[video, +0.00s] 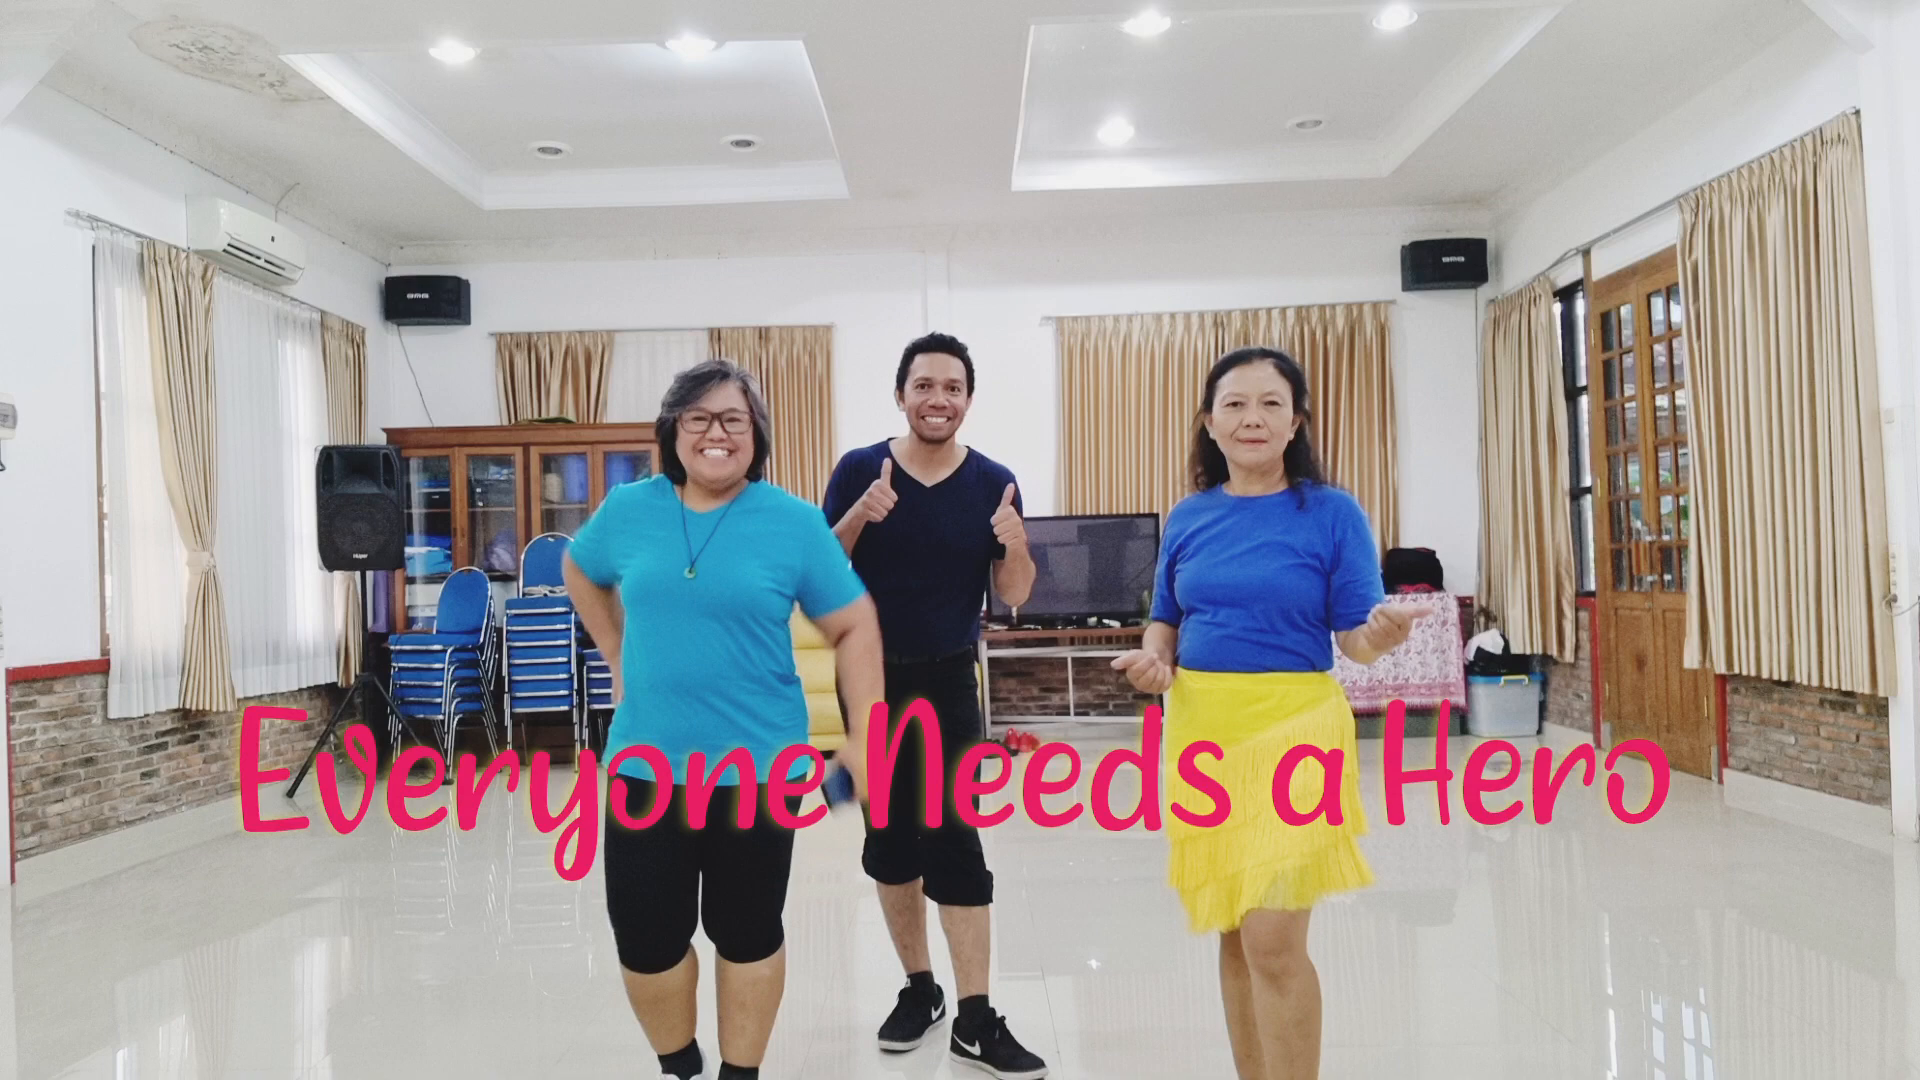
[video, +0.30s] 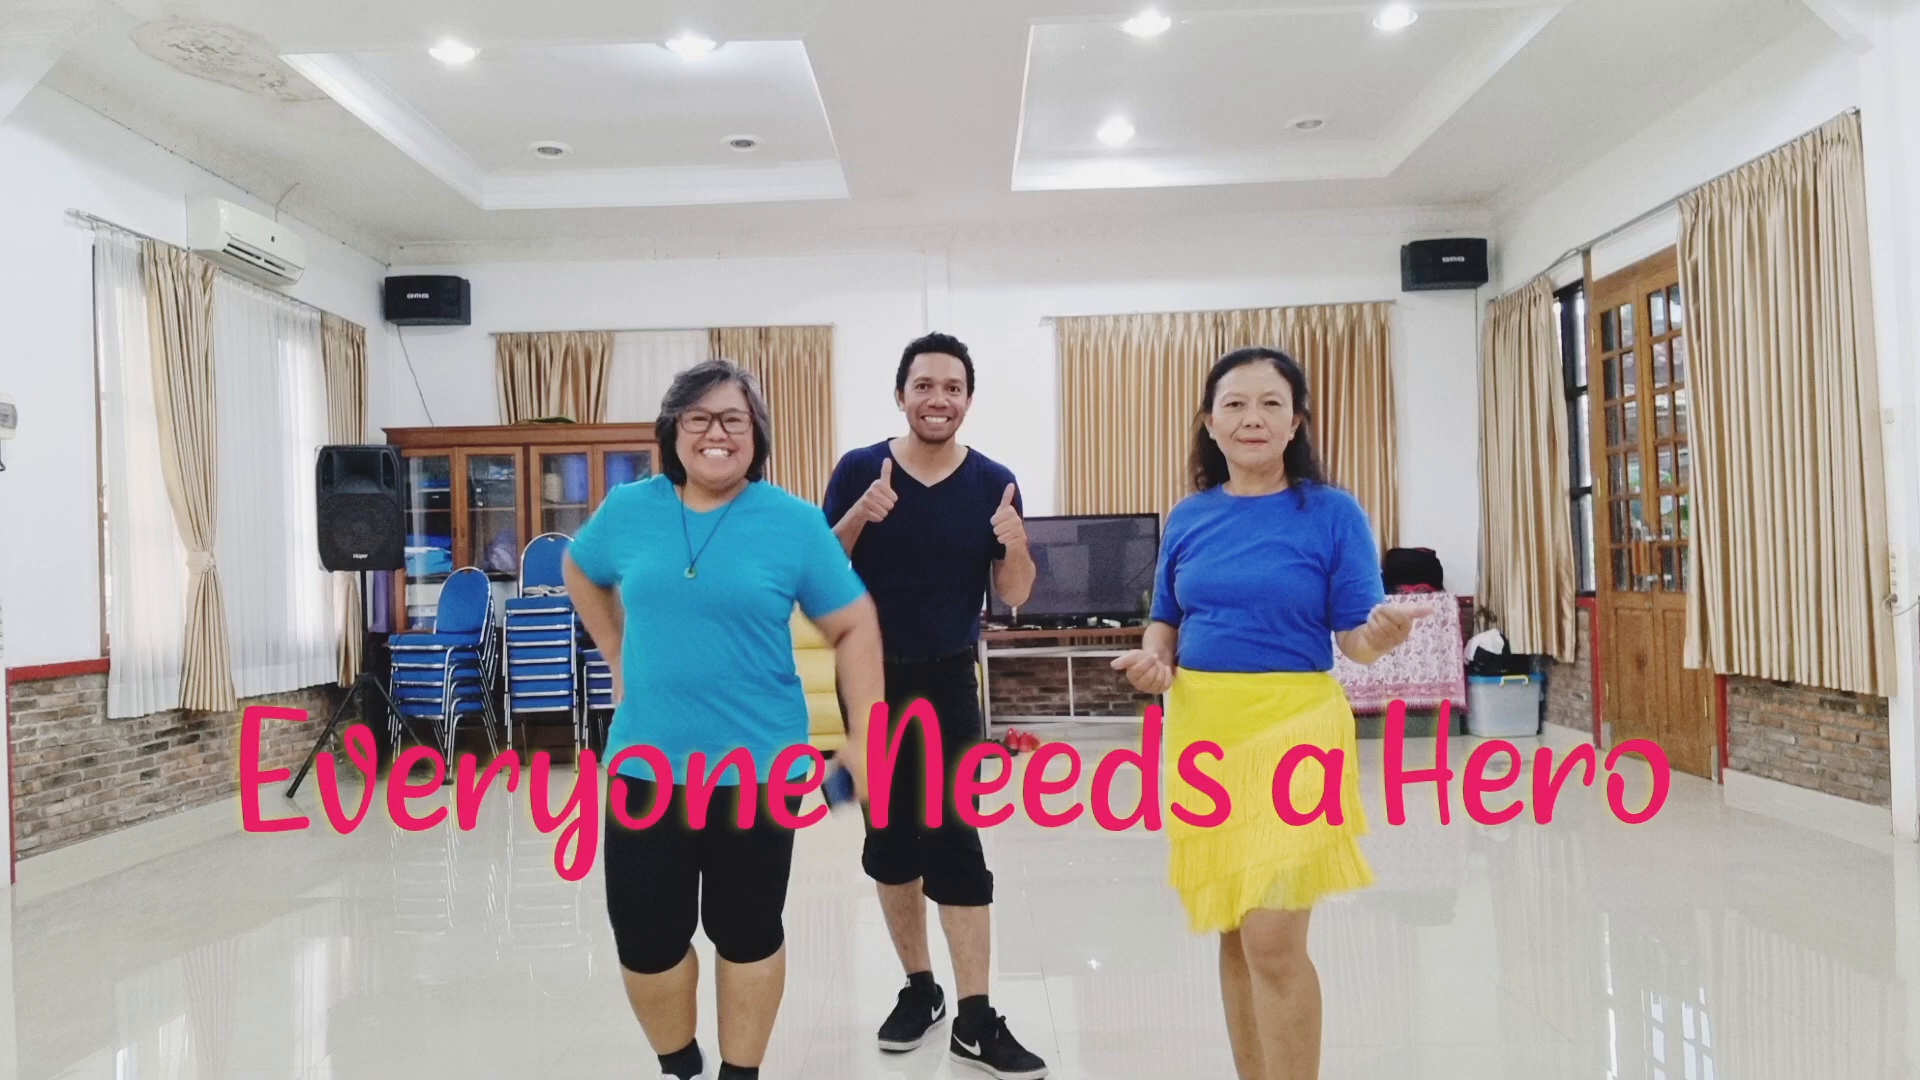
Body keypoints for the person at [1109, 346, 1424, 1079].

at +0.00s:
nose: (1252, 418)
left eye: (1270, 404)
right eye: (1234, 404)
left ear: (1295, 421)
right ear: (1210, 421)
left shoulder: (1333, 512)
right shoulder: (1186, 517)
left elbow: (1356, 643)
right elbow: (1163, 628)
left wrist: (1380, 635)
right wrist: (1151, 660)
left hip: (1297, 723)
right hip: (1204, 724)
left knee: (1272, 941)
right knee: (1237, 941)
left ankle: (1296, 1077)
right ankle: (1254, 1078)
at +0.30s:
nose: (1252, 418)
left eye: (1270, 404)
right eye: (1234, 404)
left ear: (1295, 421)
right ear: (1210, 421)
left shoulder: (1333, 512)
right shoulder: (1186, 517)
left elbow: (1356, 643)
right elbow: (1163, 628)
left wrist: (1380, 635)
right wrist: (1151, 660)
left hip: (1297, 723)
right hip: (1204, 724)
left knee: (1272, 941)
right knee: (1237, 941)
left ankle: (1296, 1077)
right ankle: (1254, 1078)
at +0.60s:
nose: (1252, 418)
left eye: (1270, 404)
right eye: (1234, 404)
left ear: (1295, 421)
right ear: (1210, 421)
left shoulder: (1333, 512)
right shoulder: (1186, 517)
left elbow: (1356, 643)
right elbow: (1163, 628)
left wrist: (1380, 635)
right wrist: (1151, 660)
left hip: (1297, 723)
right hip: (1204, 724)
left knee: (1272, 941)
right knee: (1237, 941)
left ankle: (1296, 1077)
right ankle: (1254, 1078)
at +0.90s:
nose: (1252, 418)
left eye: (1270, 404)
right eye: (1234, 404)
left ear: (1295, 421)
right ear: (1210, 421)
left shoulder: (1333, 512)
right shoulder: (1186, 517)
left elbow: (1356, 643)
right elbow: (1163, 628)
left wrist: (1380, 635)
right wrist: (1151, 660)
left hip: (1297, 723)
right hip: (1204, 724)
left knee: (1272, 941)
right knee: (1237, 941)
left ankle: (1296, 1077)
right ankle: (1254, 1078)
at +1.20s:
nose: (1252, 418)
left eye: (1270, 404)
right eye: (1234, 404)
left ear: (1295, 421)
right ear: (1210, 421)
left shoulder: (1333, 512)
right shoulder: (1186, 517)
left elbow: (1356, 643)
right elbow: (1163, 628)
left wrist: (1380, 635)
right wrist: (1151, 660)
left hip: (1297, 723)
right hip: (1204, 724)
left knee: (1272, 941)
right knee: (1237, 941)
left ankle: (1296, 1077)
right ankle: (1254, 1078)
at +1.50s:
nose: (1252, 418)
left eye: (1270, 404)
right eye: (1234, 404)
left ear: (1295, 421)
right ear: (1210, 421)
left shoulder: (1333, 512)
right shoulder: (1186, 517)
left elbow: (1356, 643)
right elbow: (1163, 628)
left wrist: (1380, 635)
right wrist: (1151, 660)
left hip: (1297, 723)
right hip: (1204, 724)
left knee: (1272, 941)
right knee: (1237, 941)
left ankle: (1296, 1077)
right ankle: (1254, 1078)